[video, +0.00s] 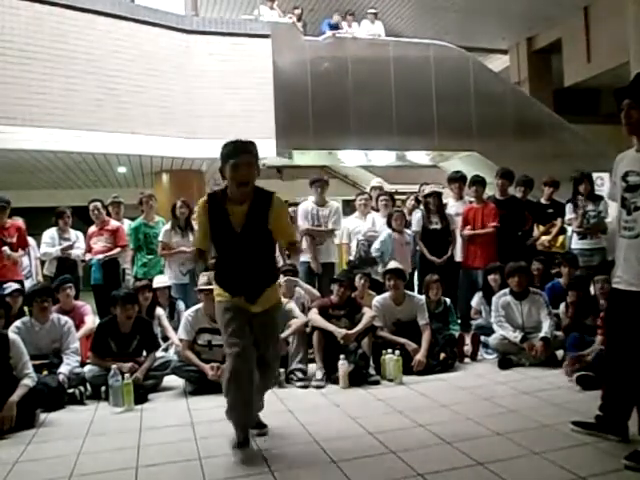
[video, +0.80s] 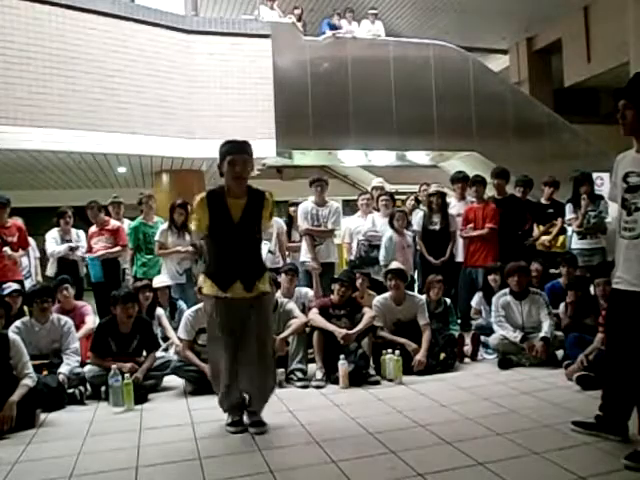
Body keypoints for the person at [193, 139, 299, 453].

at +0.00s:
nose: (245, 174)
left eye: (250, 167)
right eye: (237, 167)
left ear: (258, 168)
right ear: (223, 170)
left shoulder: (272, 204)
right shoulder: (208, 207)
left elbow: (290, 244)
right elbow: (201, 252)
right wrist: (196, 260)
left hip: (267, 292)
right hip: (229, 294)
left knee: (268, 362)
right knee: (238, 357)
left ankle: (253, 411)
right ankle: (241, 430)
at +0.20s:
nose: (243, 158)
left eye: (249, 151)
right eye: (236, 151)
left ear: (256, 154)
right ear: (223, 156)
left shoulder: (269, 185)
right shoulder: (207, 188)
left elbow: (300, 190)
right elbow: (170, 196)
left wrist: (318, 188)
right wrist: (152, 203)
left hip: (263, 285)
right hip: (227, 288)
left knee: (269, 359)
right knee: (240, 362)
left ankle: (254, 411)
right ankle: (230, 395)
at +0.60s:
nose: (236, 174)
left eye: (242, 168)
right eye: (229, 169)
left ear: (250, 171)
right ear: (218, 172)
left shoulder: (260, 200)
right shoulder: (202, 202)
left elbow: (293, 200)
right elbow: (161, 201)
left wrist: (317, 199)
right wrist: (137, 200)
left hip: (252, 284)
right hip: (217, 289)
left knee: (259, 337)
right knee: (224, 352)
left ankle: (273, 406)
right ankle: (233, 410)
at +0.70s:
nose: (238, 166)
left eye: (243, 160)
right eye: (232, 160)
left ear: (251, 163)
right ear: (220, 163)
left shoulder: (263, 196)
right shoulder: (203, 195)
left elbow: (280, 224)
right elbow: (179, 224)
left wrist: (283, 255)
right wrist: (182, 229)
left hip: (254, 281)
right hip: (218, 284)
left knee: (263, 344)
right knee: (224, 348)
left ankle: (261, 409)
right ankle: (232, 410)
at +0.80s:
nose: (240, 170)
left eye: (245, 164)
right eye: (233, 164)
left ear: (252, 167)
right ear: (221, 167)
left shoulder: (263, 200)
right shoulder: (205, 201)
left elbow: (264, 234)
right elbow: (198, 239)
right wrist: (210, 256)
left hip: (256, 284)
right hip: (220, 286)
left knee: (259, 347)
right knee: (224, 348)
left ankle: (254, 408)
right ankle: (232, 409)